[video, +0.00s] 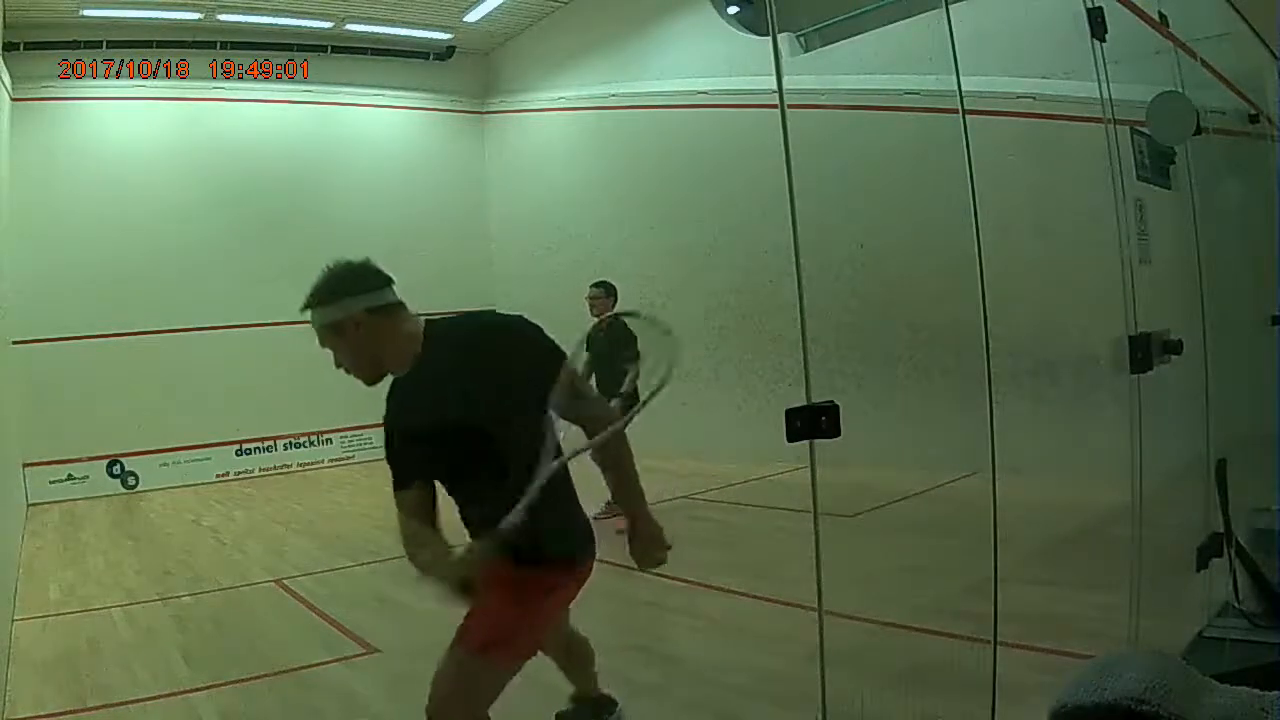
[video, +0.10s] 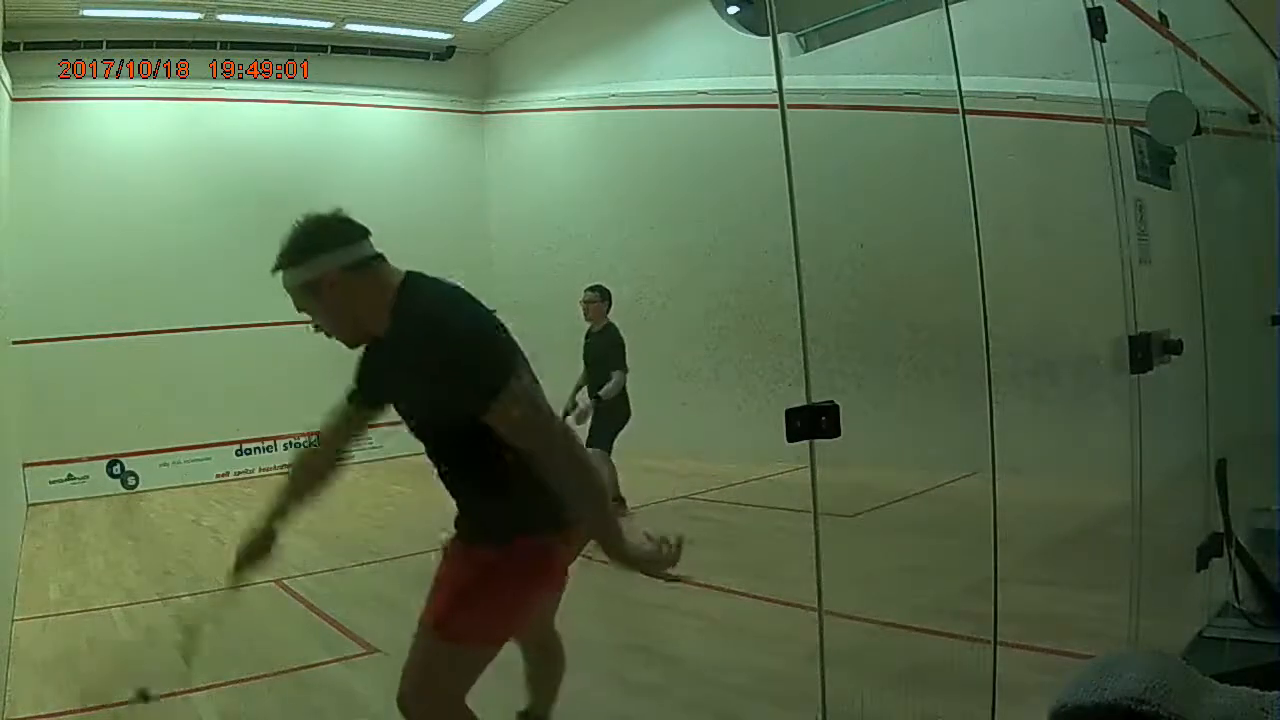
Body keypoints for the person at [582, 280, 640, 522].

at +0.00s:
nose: (591, 304)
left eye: (597, 299)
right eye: (590, 299)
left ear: (610, 301)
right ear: (590, 302)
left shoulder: (621, 331)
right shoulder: (594, 332)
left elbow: (633, 368)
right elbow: (589, 364)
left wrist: (622, 398)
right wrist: (578, 390)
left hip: (622, 397)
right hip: (603, 395)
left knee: (612, 452)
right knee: (602, 451)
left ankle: (622, 500)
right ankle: (618, 498)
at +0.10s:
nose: (584, 307)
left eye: (590, 303)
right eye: (583, 303)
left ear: (605, 305)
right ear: (583, 306)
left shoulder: (612, 336)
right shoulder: (591, 334)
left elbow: (619, 377)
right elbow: (588, 370)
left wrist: (595, 400)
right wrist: (572, 397)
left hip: (614, 406)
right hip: (601, 406)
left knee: (595, 453)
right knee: (600, 454)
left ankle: (607, 503)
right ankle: (615, 498)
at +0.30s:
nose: (566, 300)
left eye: (572, 296)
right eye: (567, 295)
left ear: (588, 300)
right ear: (585, 301)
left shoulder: (593, 332)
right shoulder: (589, 330)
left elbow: (592, 376)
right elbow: (590, 375)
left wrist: (554, 397)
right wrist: (580, 404)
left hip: (600, 410)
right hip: (599, 408)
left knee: (574, 469)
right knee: (599, 459)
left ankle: (601, 530)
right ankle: (616, 503)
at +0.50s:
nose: (554, 282)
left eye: (558, 276)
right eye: (556, 276)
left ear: (569, 279)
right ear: (577, 278)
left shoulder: (579, 310)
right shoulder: (581, 307)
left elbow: (586, 359)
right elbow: (587, 359)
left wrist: (557, 392)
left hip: (585, 395)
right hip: (599, 394)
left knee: (564, 464)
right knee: (596, 463)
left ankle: (598, 524)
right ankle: (637, 518)